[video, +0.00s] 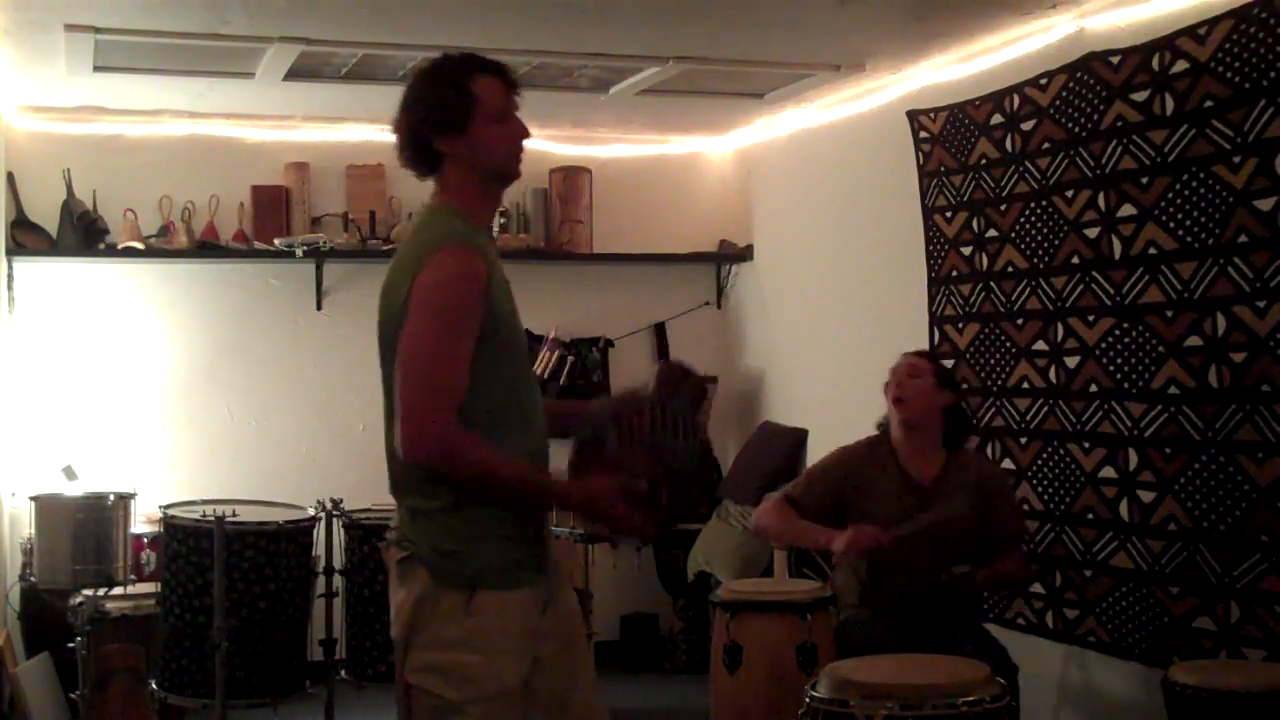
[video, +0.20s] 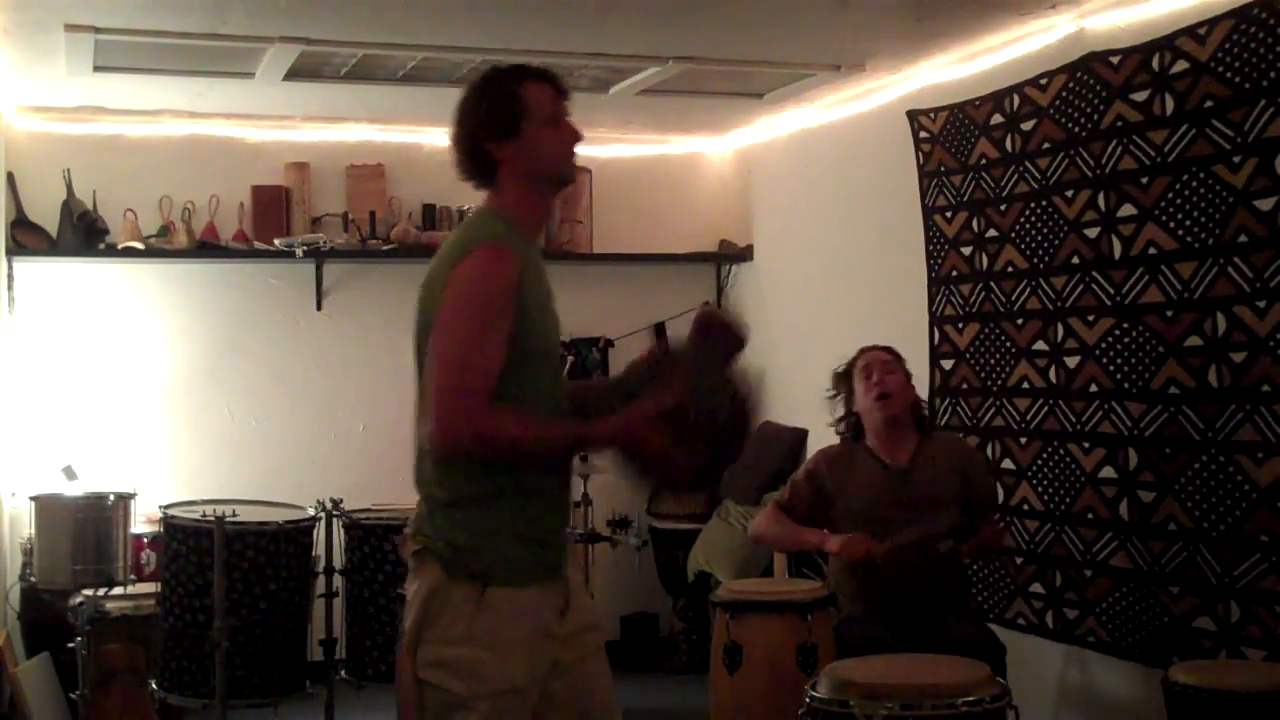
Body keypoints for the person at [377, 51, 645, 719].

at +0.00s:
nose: (524, 130)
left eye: (518, 115)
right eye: (505, 117)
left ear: (454, 141)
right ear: (448, 137)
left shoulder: (465, 246)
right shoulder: (450, 255)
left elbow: (493, 406)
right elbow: (426, 436)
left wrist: (602, 414)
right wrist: (569, 494)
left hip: (515, 566)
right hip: (466, 579)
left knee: (568, 710)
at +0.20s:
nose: (575, 131)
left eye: (568, 118)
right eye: (557, 119)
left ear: (514, 148)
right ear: (503, 145)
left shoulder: (515, 253)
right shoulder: (488, 255)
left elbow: (521, 401)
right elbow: (457, 421)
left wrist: (625, 391)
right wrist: (609, 429)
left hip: (537, 577)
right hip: (478, 586)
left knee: (588, 712)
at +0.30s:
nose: (598, 137)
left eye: (593, 121)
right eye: (582, 120)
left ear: (530, 138)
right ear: (527, 134)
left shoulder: (533, 246)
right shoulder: (505, 244)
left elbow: (559, 390)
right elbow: (510, 413)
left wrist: (673, 365)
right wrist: (663, 408)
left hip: (561, 566)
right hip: (496, 574)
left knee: (593, 711)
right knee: (484, 709)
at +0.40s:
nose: (611, 140)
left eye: (608, 125)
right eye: (595, 123)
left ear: (550, 140)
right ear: (540, 136)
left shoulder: (548, 248)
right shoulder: (516, 242)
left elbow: (603, 371)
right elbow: (555, 403)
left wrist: (709, 348)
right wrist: (713, 393)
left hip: (583, 563)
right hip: (516, 572)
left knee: (615, 712)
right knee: (509, 710)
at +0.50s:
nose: (627, 147)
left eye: (626, 131)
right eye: (613, 128)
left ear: (571, 141)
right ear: (557, 136)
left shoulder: (577, 257)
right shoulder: (522, 246)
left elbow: (640, 383)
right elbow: (557, 402)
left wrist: (731, 366)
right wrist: (710, 379)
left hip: (619, 560)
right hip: (545, 571)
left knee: (641, 711)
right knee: (542, 709)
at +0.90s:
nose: (694, 142)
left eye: (692, 129)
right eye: (680, 128)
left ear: (636, 144)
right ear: (627, 140)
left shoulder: (663, 257)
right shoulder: (586, 247)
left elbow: (643, 386)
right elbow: (532, 402)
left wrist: (718, 390)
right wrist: (681, 412)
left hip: (677, 538)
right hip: (613, 549)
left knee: (699, 707)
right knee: (634, 710)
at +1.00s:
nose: (702, 157)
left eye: (701, 143)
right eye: (688, 141)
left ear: (645, 151)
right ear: (636, 148)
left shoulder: (664, 261)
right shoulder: (597, 254)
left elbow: (663, 404)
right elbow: (549, 408)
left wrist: (751, 418)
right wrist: (682, 464)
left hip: (682, 548)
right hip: (620, 557)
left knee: (704, 710)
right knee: (642, 710)